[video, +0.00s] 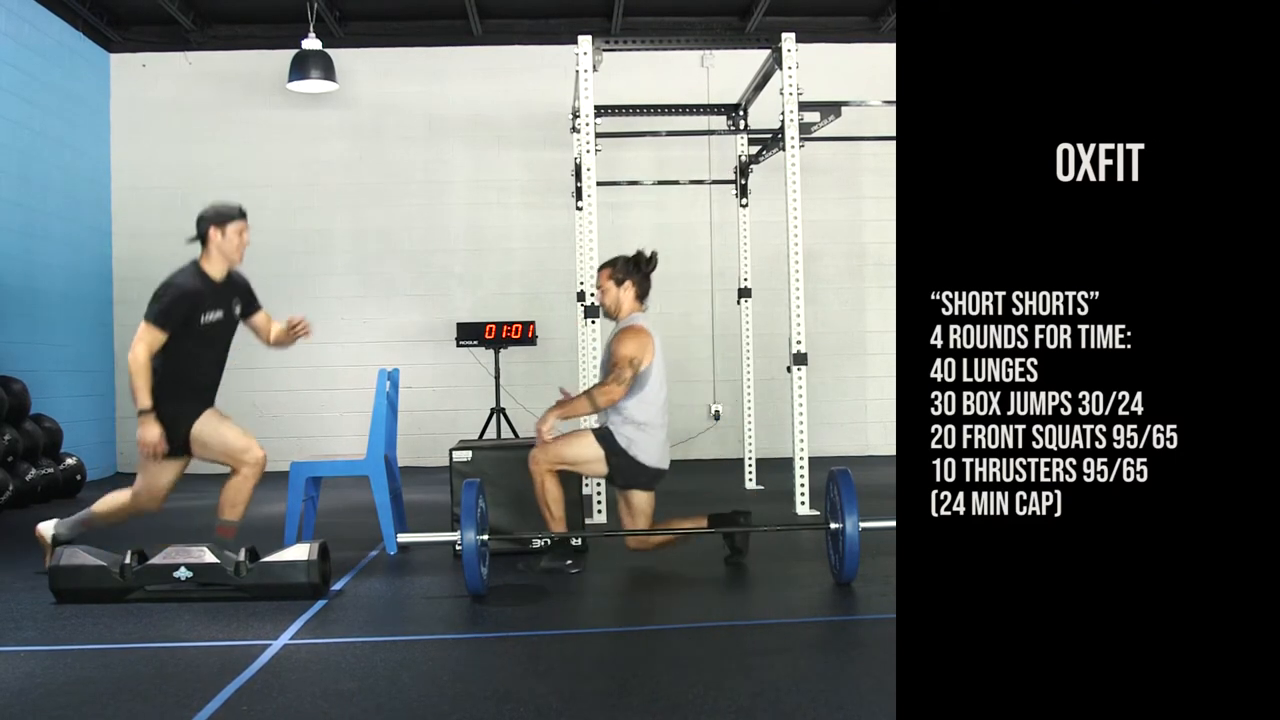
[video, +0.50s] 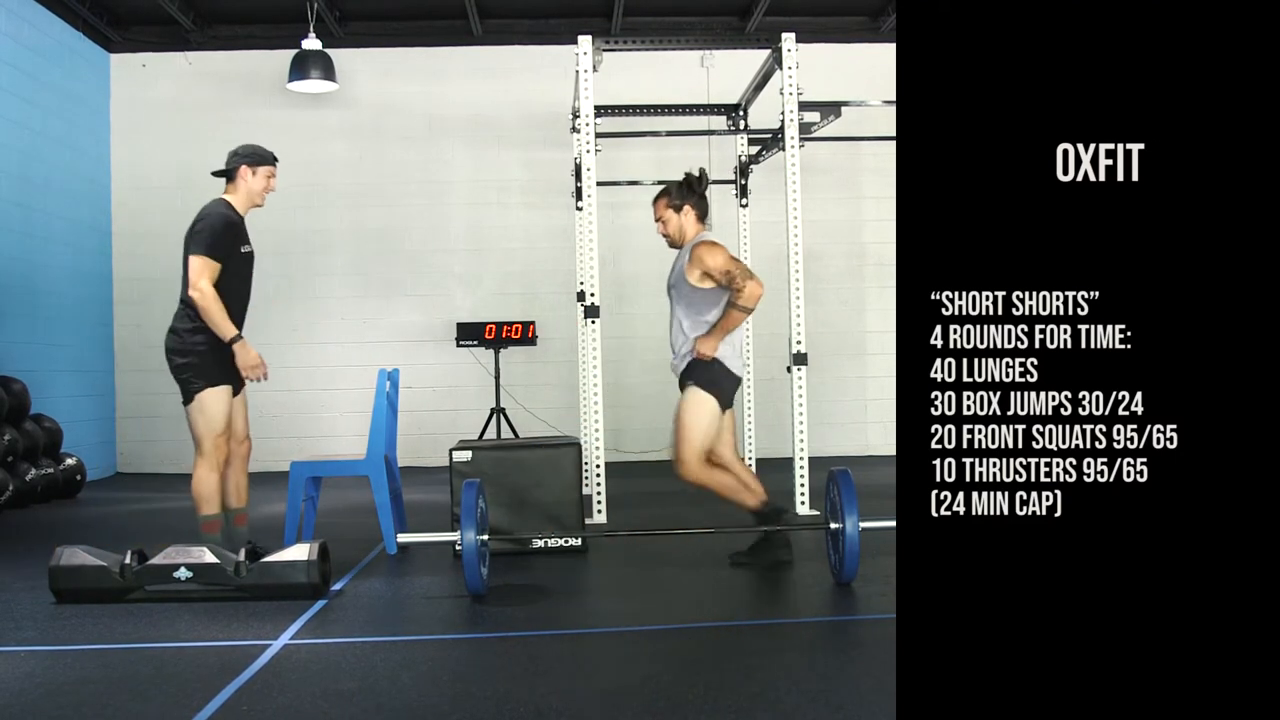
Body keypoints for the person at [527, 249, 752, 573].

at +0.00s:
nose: (598, 298)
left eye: (602, 290)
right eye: (598, 291)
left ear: (627, 288)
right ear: (626, 290)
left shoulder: (630, 337)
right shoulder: (637, 334)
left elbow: (611, 392)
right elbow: (621, 392)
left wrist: (555, 414)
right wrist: (580, 399)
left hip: (628, 445)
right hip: (643, 449)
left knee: (540, 460)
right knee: (638, 540)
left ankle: (563, 548)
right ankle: (725, 523)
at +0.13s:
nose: (620, 268)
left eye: (624, 260)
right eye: (619, 261)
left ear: (648, 258)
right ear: (646, 260)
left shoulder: (652, 306)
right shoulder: (654, 303)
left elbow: (648, 364)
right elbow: (641, 365)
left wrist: (597, 397)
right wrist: (598, 389)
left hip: (647, 420)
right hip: (662, 424)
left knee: (567, 456)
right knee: (655, 506)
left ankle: (568, 547)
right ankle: (742, 521)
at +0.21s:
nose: (631, 247)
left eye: (635, 238)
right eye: (630, 240)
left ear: (659, 235)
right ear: (658, 236)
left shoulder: (668, 280)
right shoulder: (665, 279)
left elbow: (684, 337)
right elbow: (668, 343)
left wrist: (636, 381)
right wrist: (640, 388)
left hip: (666, 400)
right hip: (681, 402)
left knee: (601, 453)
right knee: (679, 483)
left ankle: (573, 543)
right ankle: (757, 524)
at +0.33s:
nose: (644, 231)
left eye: (648, 222)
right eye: (643, 223)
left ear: (672, 217)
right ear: (673, 219)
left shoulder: (688, 260)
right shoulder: (679, 260)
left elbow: (730, 304)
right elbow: (727, 295)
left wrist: (695, 358)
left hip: (691, 383)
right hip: (701, 383)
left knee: (628, 441)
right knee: (717, 461)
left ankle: (641, 535)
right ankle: (773, 532)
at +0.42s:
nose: (652, 228)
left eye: (656, 219)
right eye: (651, 221)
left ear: (679, 214)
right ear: (679, 215)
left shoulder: (698, 255)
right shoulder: (687, 254)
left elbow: (744, 294)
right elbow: (738, 290)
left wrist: (713, 346)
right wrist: (705, 344)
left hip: (704, 377)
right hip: (708, 376)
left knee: (650, 449)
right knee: (726, 459)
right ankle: (775, 533)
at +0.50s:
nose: (659, 228)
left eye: (662, 219)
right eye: (657, 221)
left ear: (686, 212)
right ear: (684, 214)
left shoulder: (705, 251)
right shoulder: (693, 252)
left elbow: (750, 288)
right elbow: (741, 288)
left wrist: (714, 335)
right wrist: (703, 338)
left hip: (709, 371)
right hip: (709, 370)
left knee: (689, 465)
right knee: (725, 459)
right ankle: (773, 533)